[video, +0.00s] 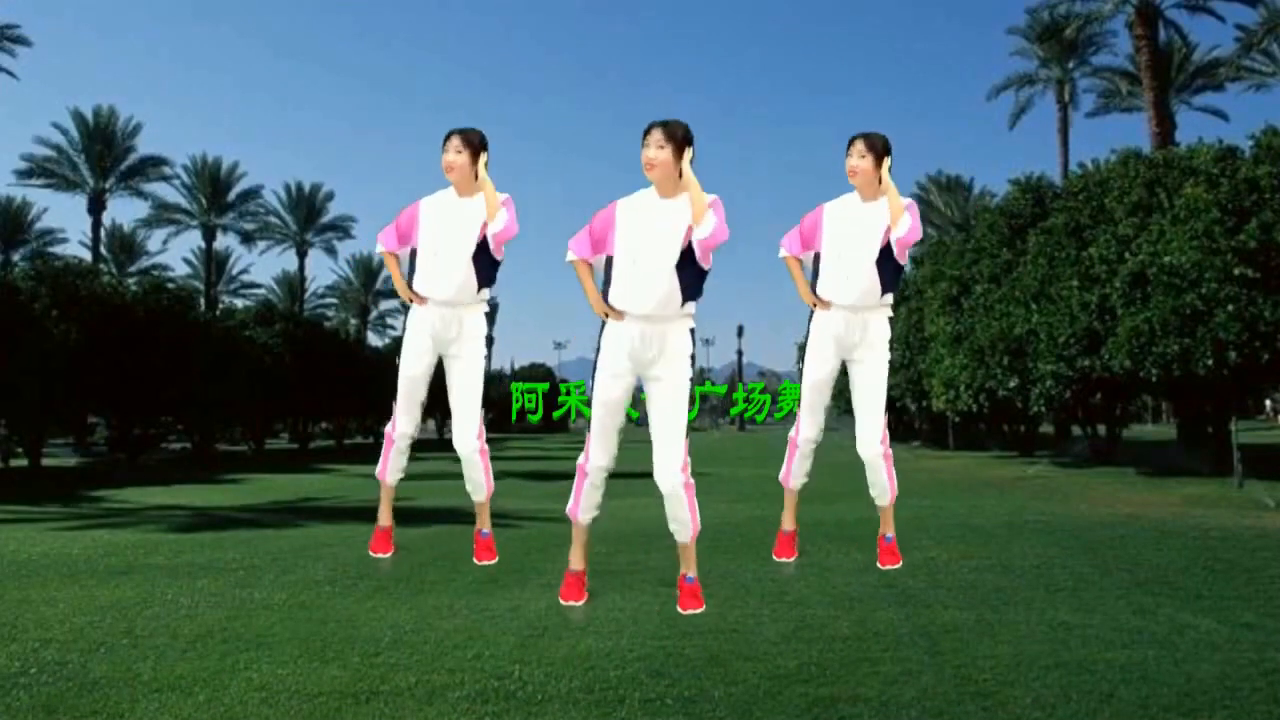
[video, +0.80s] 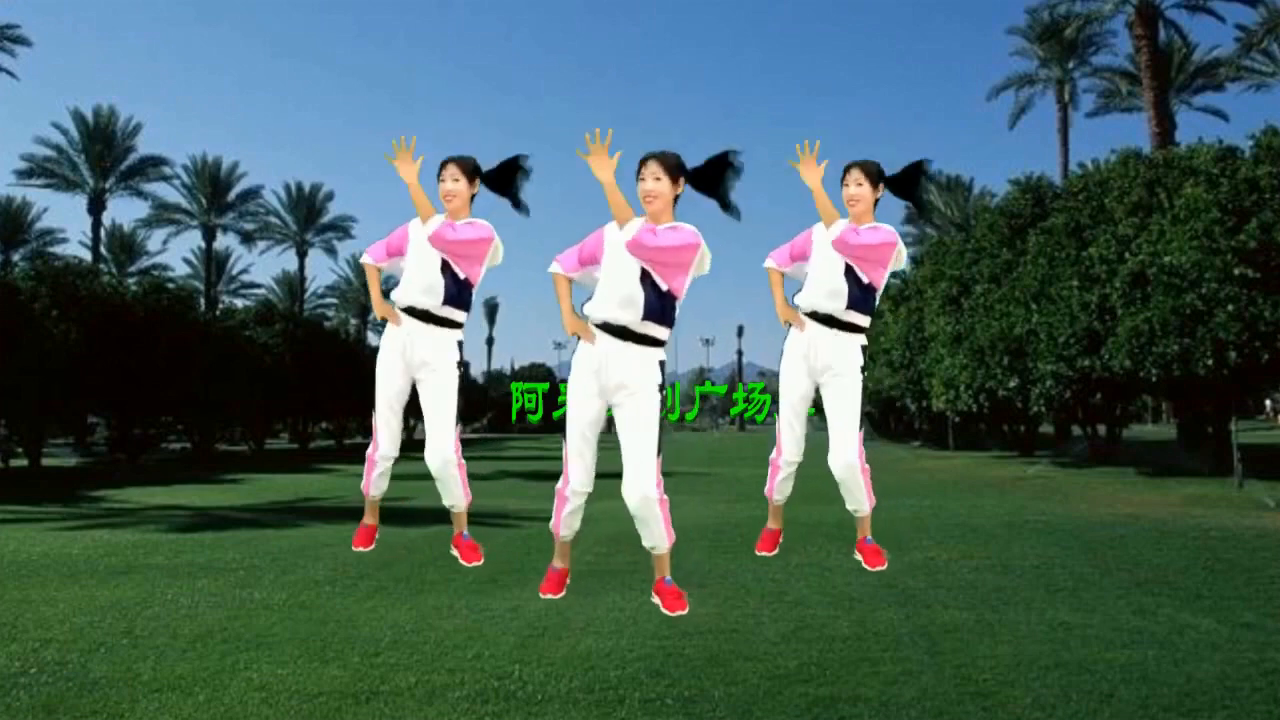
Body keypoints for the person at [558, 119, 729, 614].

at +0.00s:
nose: (650, 155)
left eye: (660, 147)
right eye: (646, 147)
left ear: (682, 156)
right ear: (642, 156)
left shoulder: (704, 208)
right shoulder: (622, 209)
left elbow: (707, 244)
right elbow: (579, 251)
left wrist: (690, 180)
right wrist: (597, 302)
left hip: (671, 338)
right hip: (620, 333)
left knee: (672, 467)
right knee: (598, 454)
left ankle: (689, 573)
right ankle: (576, 564)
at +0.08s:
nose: (650, 134)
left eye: (661, 126)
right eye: (648, 126)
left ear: (684, 136)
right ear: (645, 135)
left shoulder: (703, 186)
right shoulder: (623, 187)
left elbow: (721, 220)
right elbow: (579, 228)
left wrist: (700, 159)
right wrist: (598, 280)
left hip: (675, 314)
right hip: (624, 311)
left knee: (680, 448)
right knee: (604, 440)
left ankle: (691, 566)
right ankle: (585, 539)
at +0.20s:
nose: (658, 131)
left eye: (669, 125)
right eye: (655, 124)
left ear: (692, 137)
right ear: (649, 133)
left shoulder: (704, 185)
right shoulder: (622, 183)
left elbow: (716, 228)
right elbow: (579, 229)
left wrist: (705, 163)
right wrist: (597, 283)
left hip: (680, 307)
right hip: (631, 305)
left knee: (682, 441)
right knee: (625, 440)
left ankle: (684, 563)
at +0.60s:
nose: (663, 143)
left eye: (673, 136)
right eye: (659, 136)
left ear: (689, 149)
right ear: (652, 144)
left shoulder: (697, 202)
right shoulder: (623, 190)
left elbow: (659, 194)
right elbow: (572, 235)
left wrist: (682, 144)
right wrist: (583, 290)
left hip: (661, 316)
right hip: (613, 313)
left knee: (669, 453)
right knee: (604, 451)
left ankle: (678, 568)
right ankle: (594, 537)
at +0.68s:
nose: (658, 150)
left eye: (670, 142)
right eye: (653, 141)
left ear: (689, 152)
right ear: (645, 148)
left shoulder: (696, 203)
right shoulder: (619, 193)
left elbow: (648, 202)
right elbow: (568, 235)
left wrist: (643, 169)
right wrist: (580, 288)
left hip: (653, 323)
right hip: (604, 319)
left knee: (661, 455)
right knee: (592, 450)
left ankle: (673, 568)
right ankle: (574, 547)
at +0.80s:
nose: (648, 187)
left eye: (657, 179)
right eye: (641, 180)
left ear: (678, 187)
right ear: (637, 186)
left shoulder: (687, 239)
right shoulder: (616, 230)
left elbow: (639, 238)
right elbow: (562, 265)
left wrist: (607, 181)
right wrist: (569, 316)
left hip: (641, 364)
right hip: (593, 354)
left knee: (641, 487)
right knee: (576, 477)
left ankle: (663, 580)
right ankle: (559, 564)